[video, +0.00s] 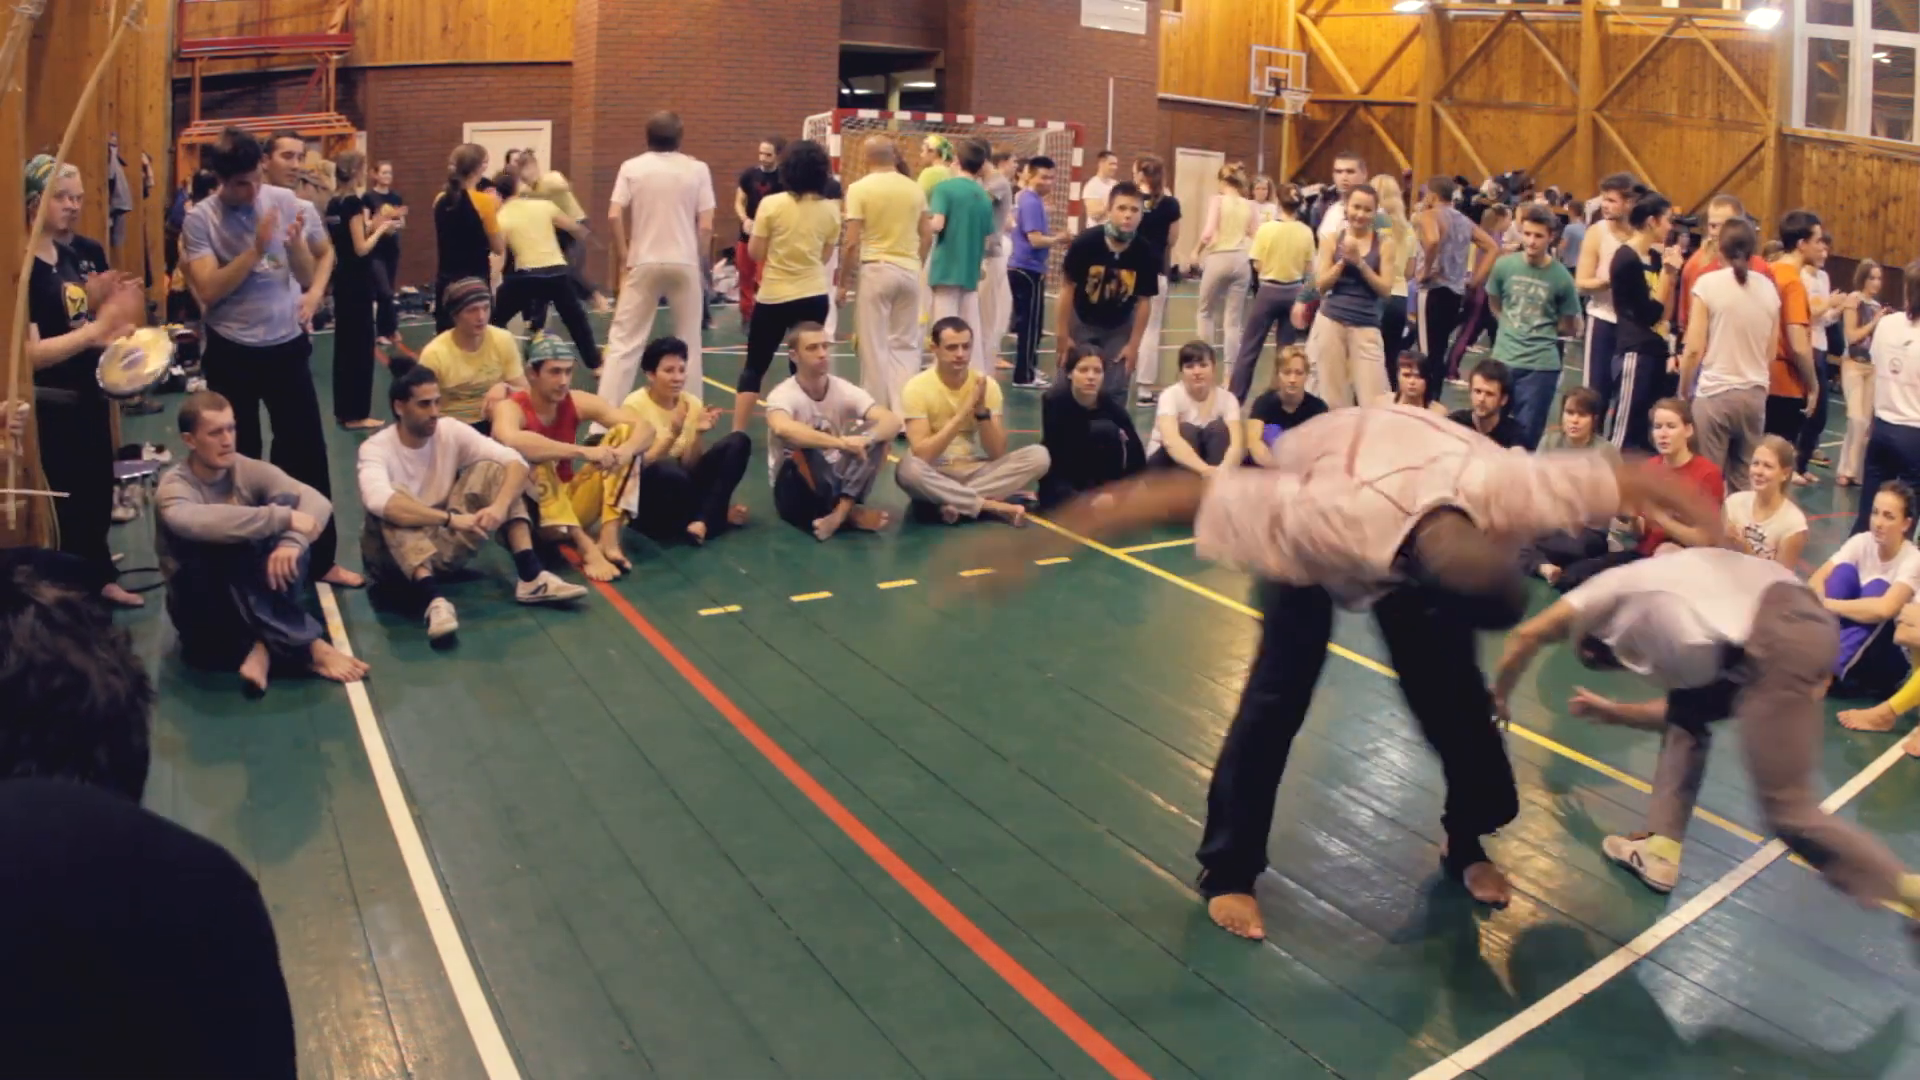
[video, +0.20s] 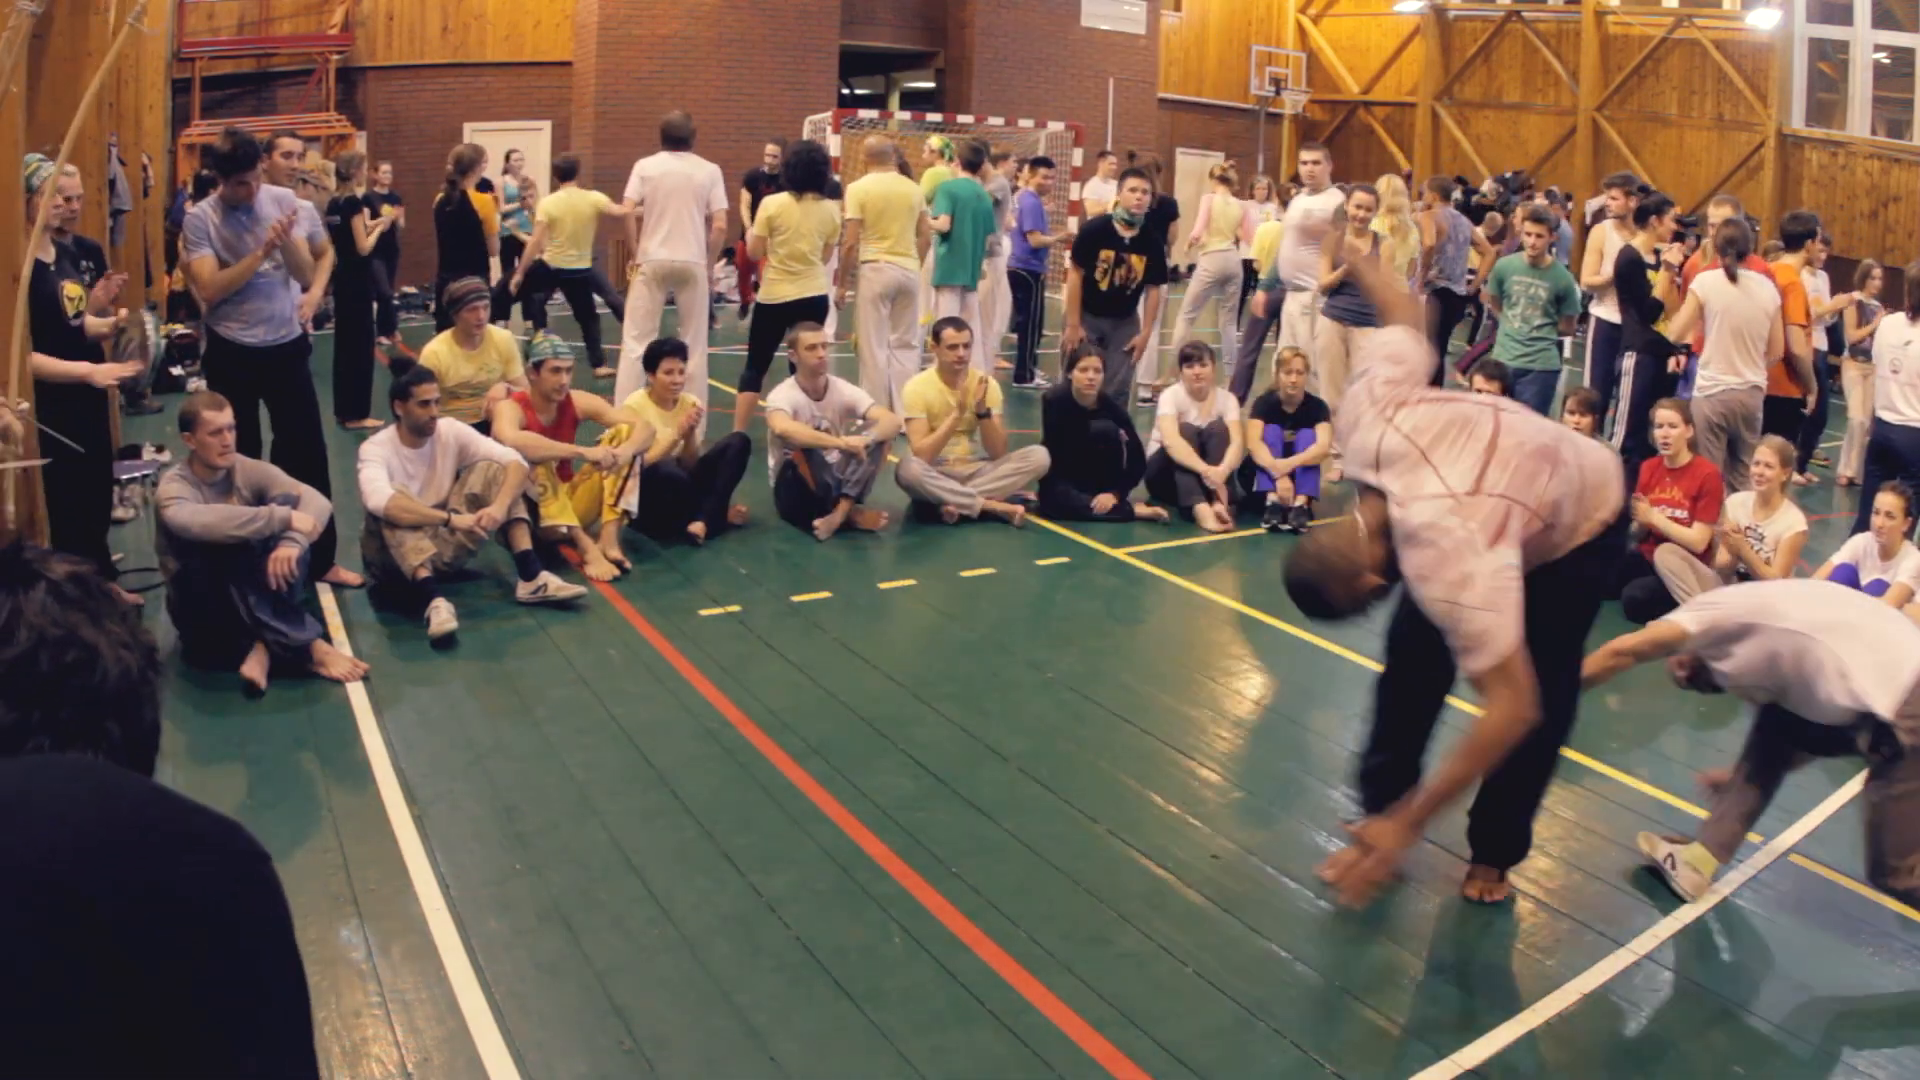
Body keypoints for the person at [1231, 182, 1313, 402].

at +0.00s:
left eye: (1278, 202)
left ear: (1278, 203)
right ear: (1299, 205)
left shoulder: (1267, 229)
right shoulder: (1306, 232)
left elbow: (1255, 259)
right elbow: (1309, 263)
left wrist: (1264, 278)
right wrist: (1300, 280)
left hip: (1268, 286)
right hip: (1294, 287)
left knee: (1251, 344)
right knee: (1287, 346)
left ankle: (1236, 396)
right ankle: (1285, 398)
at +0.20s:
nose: (1309, 169)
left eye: (1316, 163)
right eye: (1303, 163)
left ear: (1330, 166)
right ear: (1297, 168)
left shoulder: (1338, 201)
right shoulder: (1298, 199)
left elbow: (1345, 248)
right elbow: (1285, 246)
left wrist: (1332, 289)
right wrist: (1263, 286)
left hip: (1318, 293)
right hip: (1292, 292)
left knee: (1316, 364)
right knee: (1287, 359)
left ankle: (1319, 423)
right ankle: (1283, 419)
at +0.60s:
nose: (1256, 166)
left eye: (1262, 160)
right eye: (1250, 161)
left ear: (1275, 164)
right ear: (1243, 166)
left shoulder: (1286, 201)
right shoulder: (1244, 198)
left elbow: (1302, 252)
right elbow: (1228, 240)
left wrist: (1289, 297)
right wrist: (1200, 271)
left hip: (1266, 288)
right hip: (1244, 286)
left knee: (1233, 356)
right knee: (1263, 357)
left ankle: (1219, 418)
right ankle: (1268, 416)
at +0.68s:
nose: (1243, 166)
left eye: (1249, 161)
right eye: (1238, 161)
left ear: (1263, 164)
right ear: (1232, 166)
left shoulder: (1273, 201)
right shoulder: (1233, 198)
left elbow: (1290, 253)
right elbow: (1218, 245)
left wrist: (1277, 298)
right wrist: (1188, 270)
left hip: (1255, 288)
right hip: (1230, 287)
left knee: (1224, 352)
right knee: (1258, 357)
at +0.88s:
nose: (1209, 163)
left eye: (1216, 157)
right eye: (1206, 157)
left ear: (1233, 160)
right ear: (1202, 161)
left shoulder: (1241, 200)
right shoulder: (1206, 193)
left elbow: (1250, 254)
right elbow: (1195, 240)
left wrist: (1236, 298)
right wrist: (1173, 272)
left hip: (1219, 281)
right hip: (1198, 279)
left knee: (1208, 348)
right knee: (1203, 348)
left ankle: (1253, 403)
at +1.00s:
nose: (1190, 161)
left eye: (1197, 155)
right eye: (1186, 156)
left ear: (1213, 159)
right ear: (1183, 159)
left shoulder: (1220, 198)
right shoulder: (1190, 193)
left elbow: (1227, 254)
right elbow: (1180, 243)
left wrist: (1202, 294)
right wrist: (1163, 278)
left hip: (1201, 284)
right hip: (1177, 282)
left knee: (1195, 352)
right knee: (1166, 347)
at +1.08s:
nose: (1175, 160)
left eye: (1182, 154)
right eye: (1173, 154)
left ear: (1200, 156)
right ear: (1172, 158)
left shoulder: (1209, 196)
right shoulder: (1178, 191)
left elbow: (1213, 250)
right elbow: (1169, 239)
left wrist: (1184, 291)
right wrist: (1158, 277)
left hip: (1195, 283)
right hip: (1168, 281)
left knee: (1192, 349)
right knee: (1153, 343)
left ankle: (1197, 409)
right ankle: (1163, 405)